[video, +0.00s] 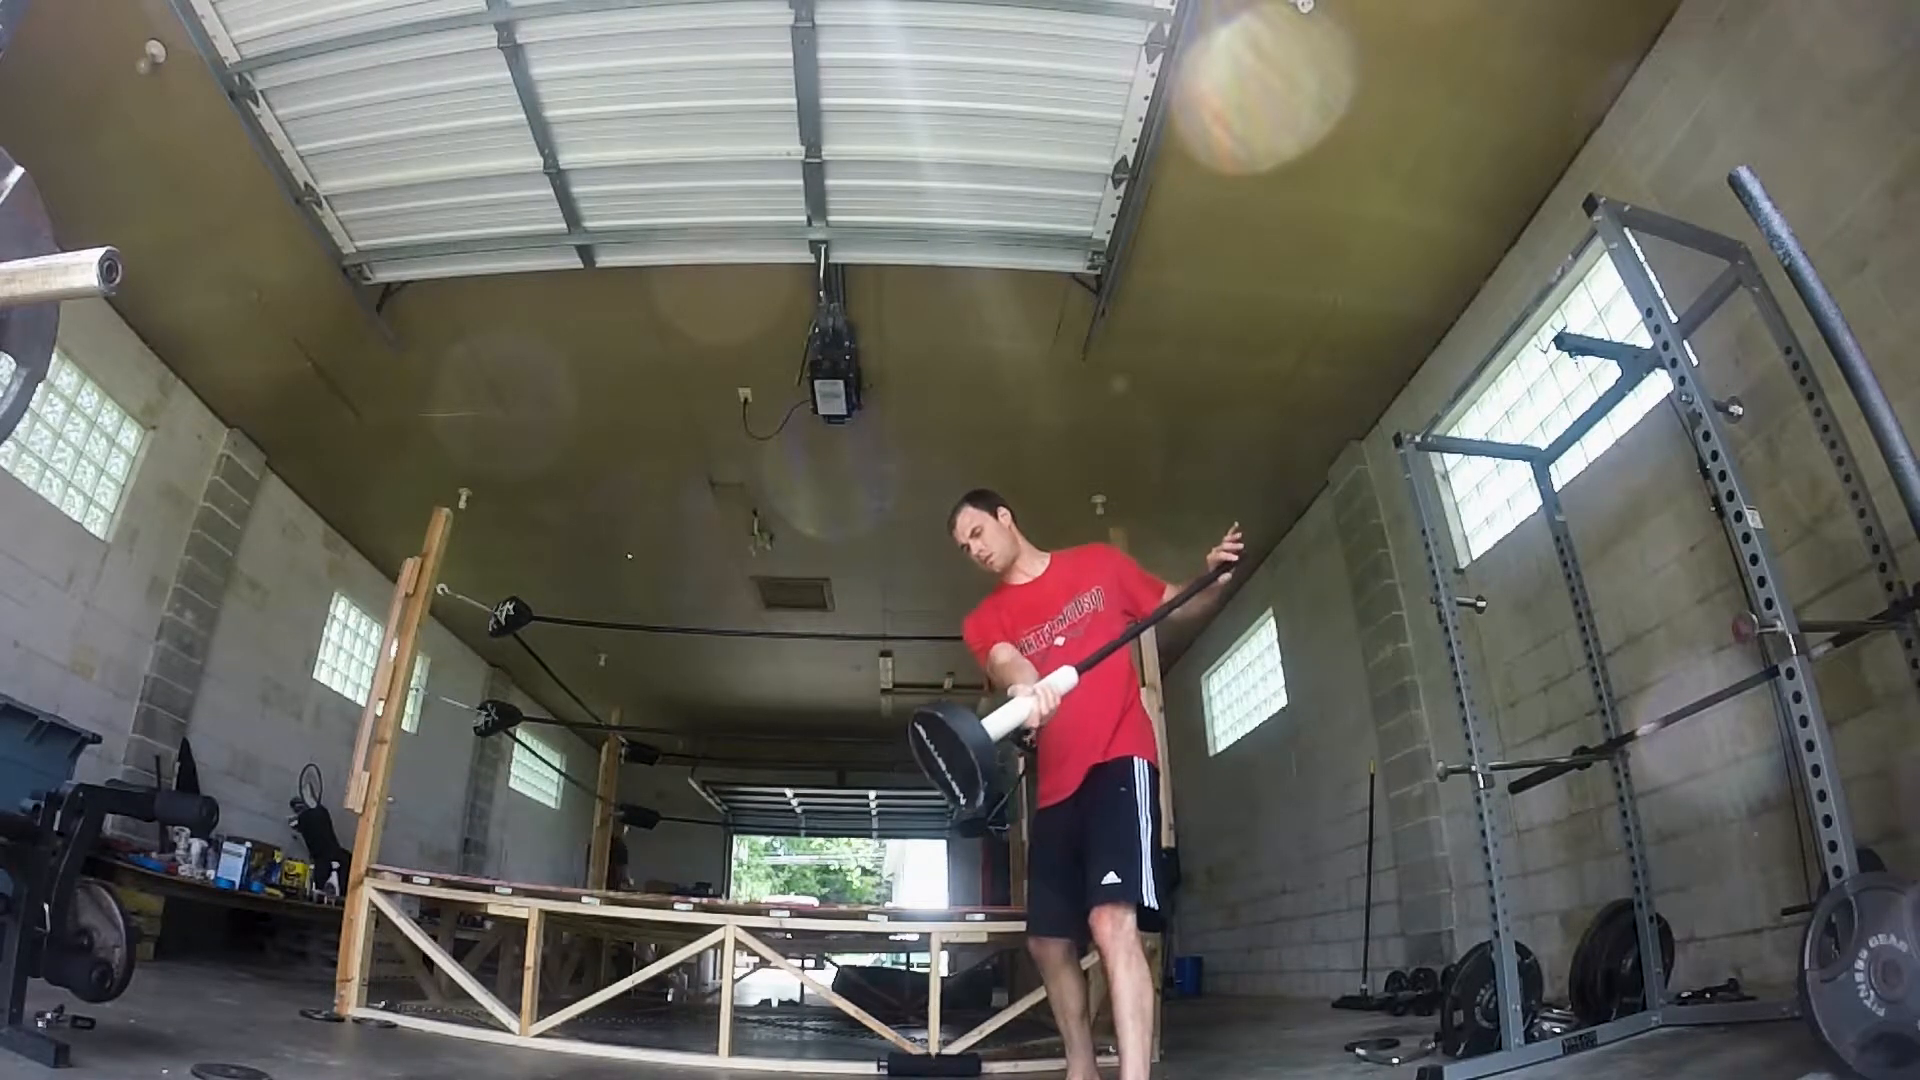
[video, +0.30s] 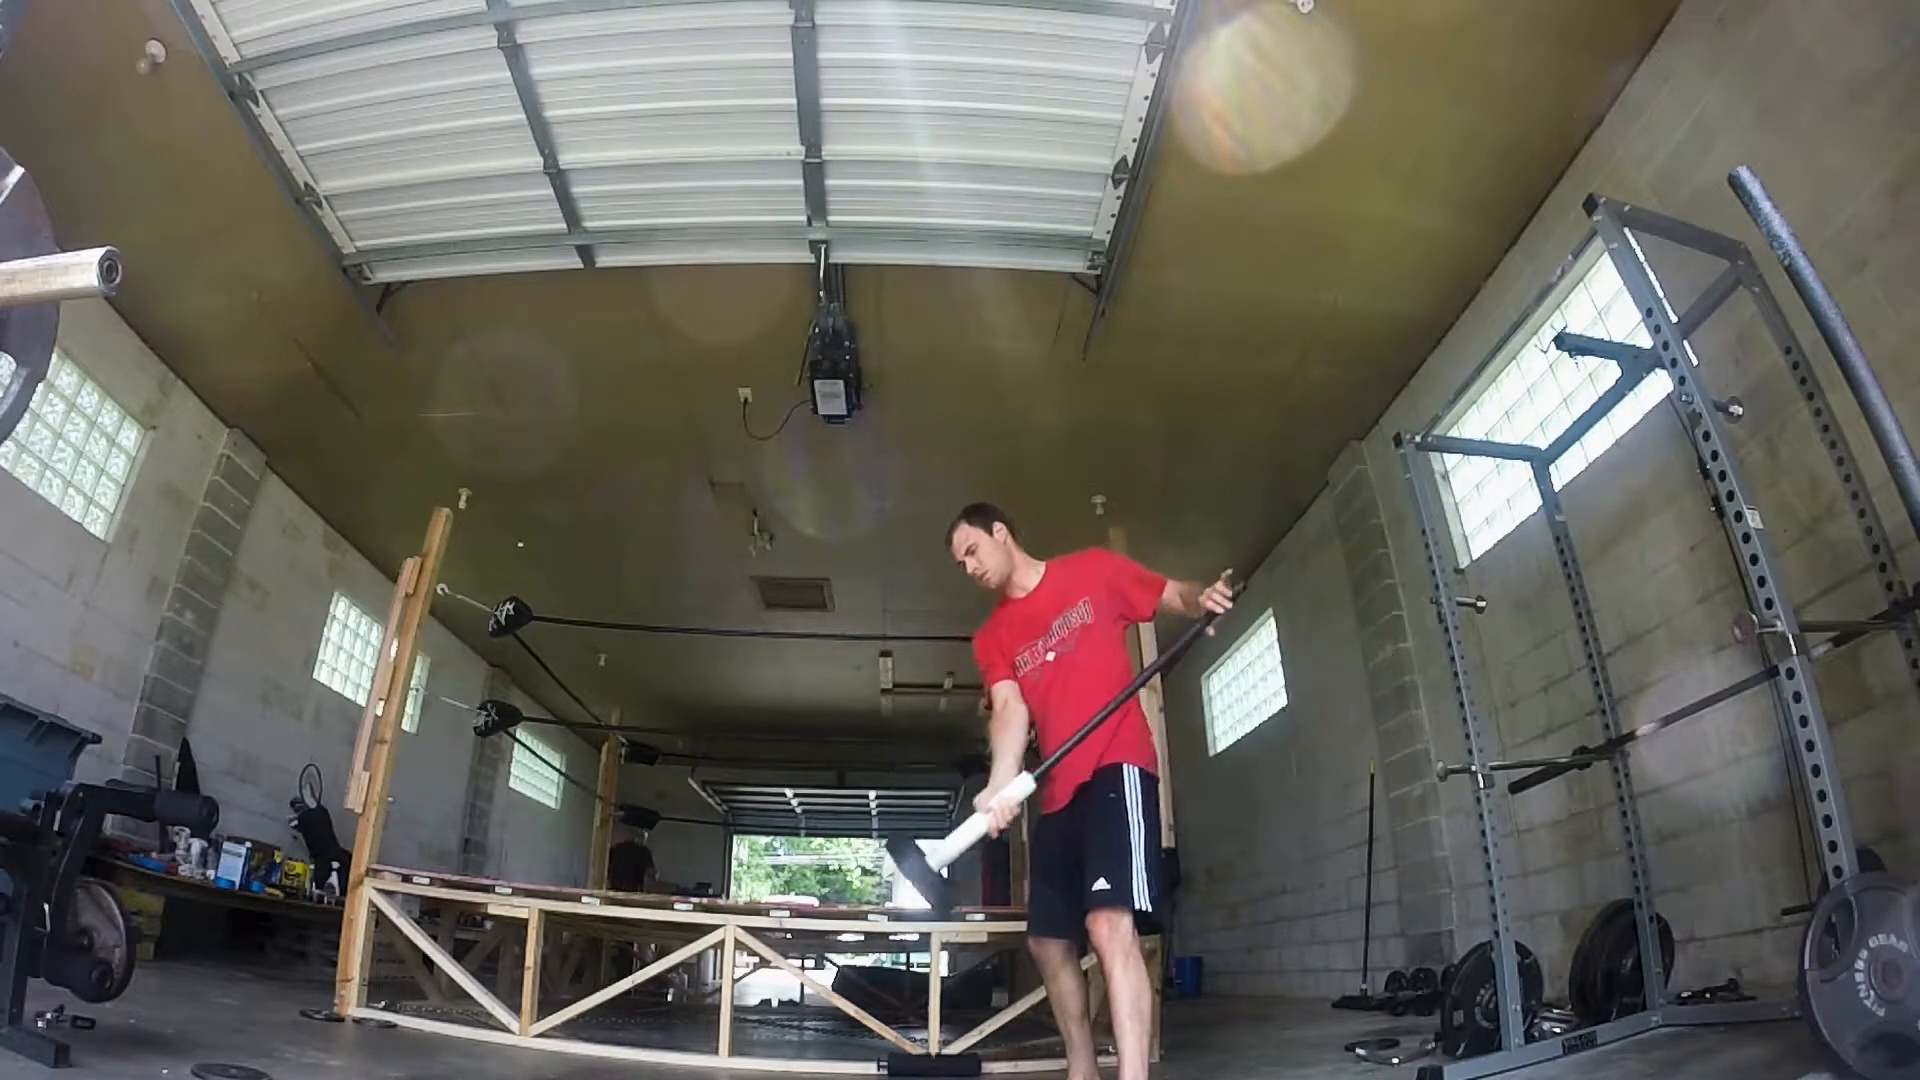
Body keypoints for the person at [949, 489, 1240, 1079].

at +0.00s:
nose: (975, 549)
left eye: (977, 532)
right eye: (965, 545)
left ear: (1007, 518)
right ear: (965, 556)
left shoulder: (1099, 562)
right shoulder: (983, 619)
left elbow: (1176, 612)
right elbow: (1005, 663)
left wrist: (1215, 578)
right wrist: (1029, 687)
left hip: (1121, 756)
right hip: (1057, 780)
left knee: (1111, 921)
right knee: (1048, 939)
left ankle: (1135, 1074)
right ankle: (1082, 1071)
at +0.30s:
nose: (970, 566)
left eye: (972, 550)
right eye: (961, 561)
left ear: (1003, 533)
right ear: (964, 568)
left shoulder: (1092, 569)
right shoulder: (992, 636)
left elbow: (1175, 596)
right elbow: (1008, 709)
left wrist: (1203, 599)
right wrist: (1000, 784)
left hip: (1118, 764)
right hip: (1058, 787)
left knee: (1109, 923)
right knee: (1048, 938)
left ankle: (1134, 1074)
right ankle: (1083, 1071)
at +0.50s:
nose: (968, 574)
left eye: (970, 558)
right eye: (961, 568)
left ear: (1002, 538)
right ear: (978, 563)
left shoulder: (1070, 570)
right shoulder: (1012, 641)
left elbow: (1164, 602)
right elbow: (1025, 734)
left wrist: (1132, 667)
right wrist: (989, 822)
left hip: (1109, 771)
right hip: (1061, 788)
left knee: (1095, 928)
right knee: (1055, 936)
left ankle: (1128, 1075)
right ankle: (1085, 1072)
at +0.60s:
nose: (967, 577)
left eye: (968, 562)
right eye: (961, 570)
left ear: (999, 541)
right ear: (984, 556)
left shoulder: (1051, 575)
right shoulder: (1031, 614)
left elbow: (1104, 635)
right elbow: (1054, 722)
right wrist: (1012, 797)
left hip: (1104, 774)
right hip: (1074, 782)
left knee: (1083, 930)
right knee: (1063, 933)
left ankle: (1125, 1074)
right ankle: (1086, 1071)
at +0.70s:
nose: (965, 578)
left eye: (965, 563)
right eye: (959, 570)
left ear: (995, 544)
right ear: (999, 548)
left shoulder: (1031, 584)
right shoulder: (1054, 584)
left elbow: (1031, 681)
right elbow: (1085, 694)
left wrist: (978, 773)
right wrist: (1034, 753)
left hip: (1092, 775)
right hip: (1094, 773)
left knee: (1066, 932)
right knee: (1076, 935)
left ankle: (1122, 1074)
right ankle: (1086, 1072)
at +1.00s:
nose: (956, 584)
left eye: (953, 569)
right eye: (950, 574)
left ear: (977, 546)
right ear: (998, 542)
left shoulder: (978, 604)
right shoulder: (1082, 583)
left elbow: (941, 701)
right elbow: (1111, 661)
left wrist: (934, 732)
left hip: (1056, 784)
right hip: (1112, 785)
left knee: (1044, 940)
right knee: (1086, 942)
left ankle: (1116, 1074)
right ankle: (1086, 1071)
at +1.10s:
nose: (955, 583)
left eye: (951, 569)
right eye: (948, 572)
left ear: (975, 547)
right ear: (997, 542)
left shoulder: (968, 606)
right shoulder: (1078, 575)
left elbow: (944, 692)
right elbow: (1112, 627)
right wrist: (1102, 567)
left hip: (1047, 783)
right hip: (1106, 784)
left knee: (1045, 941)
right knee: (1086, 943)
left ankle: (1117, 1074)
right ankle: (1085, 1073)